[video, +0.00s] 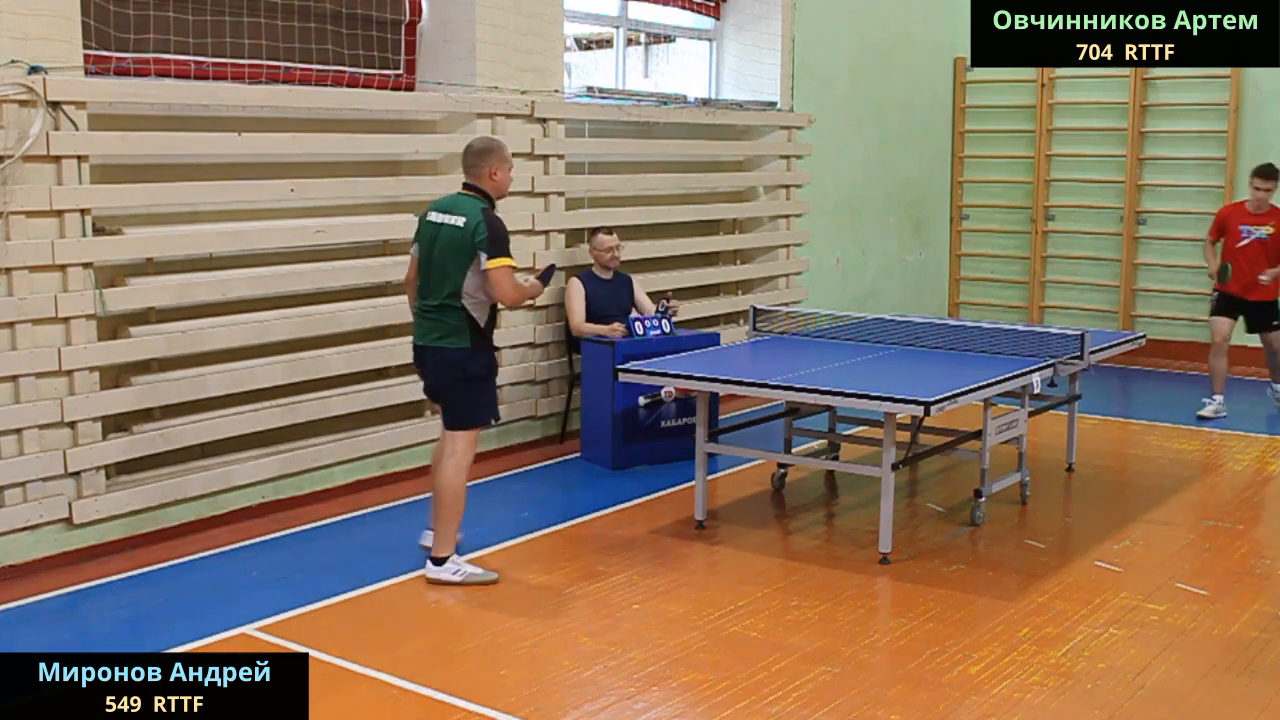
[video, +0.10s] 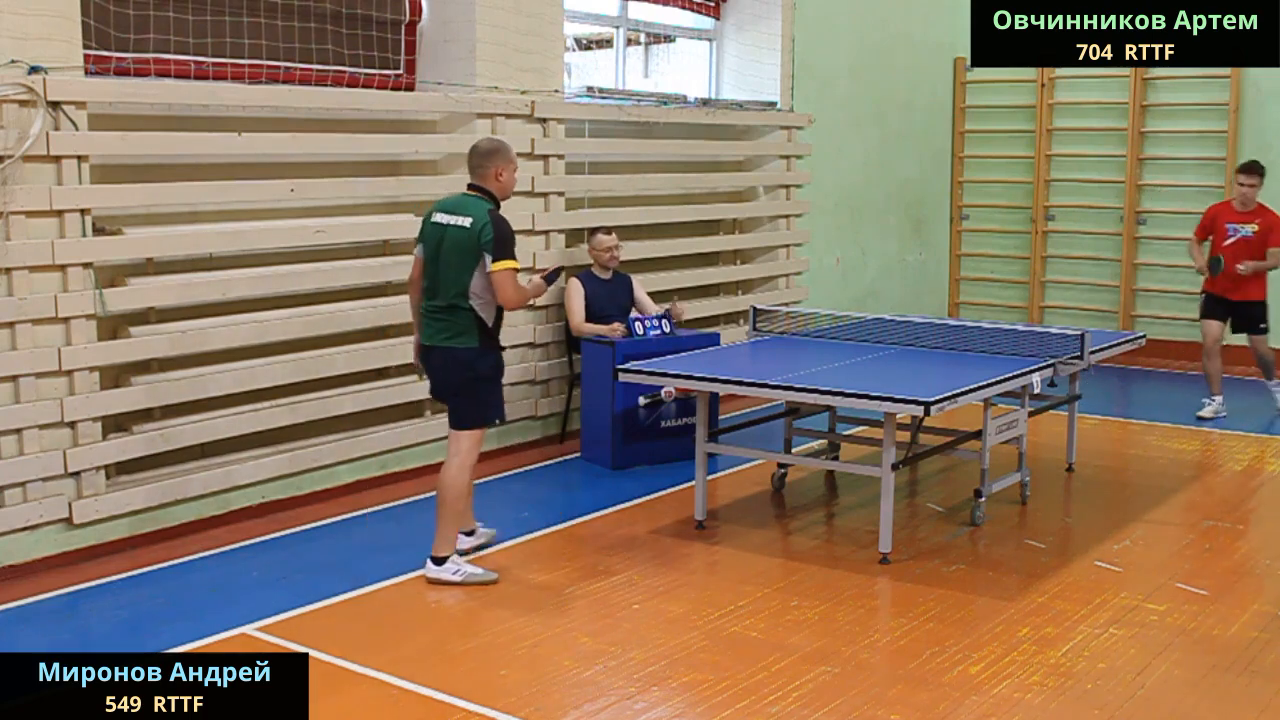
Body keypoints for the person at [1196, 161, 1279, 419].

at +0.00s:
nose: (1260, 195)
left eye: (1266, 190)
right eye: (1257, 189)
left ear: (1274, 191)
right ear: (1249, 186)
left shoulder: (1277, 218)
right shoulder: (1228, 213)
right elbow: (1210, 241)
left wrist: (1275, 271)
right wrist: (1212, 266)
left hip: (1265, 294)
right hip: (1229, 291)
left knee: (1274, 345)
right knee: (1219, 339)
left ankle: (1276, 386)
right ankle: (1217, 400)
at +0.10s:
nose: (1245, 191)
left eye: (1251, 186)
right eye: (1241, 184)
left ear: (1260, 187)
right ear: (1234, 183)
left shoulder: (1270, 219)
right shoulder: (1216, 212)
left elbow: (1275, 259)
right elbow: (1195, 241)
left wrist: (1255, 266)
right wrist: (1200, 262)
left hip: (1251, 294)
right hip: (1216, 291)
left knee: (1260, 349)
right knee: (1210, 343)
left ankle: (1273, 384)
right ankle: (1216, 400)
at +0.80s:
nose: (1165, 183)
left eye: (1173, 179)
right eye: (1163, 177)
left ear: (1184, 182)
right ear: (1158, 177)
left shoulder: (1196, 215)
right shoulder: (1144, 208)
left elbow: (1217, 253)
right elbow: (1124, 239)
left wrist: (1203, 270)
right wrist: (1111, 260)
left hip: (1174, 294)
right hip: (1142, 291)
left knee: (1168, 351)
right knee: (1126, 341)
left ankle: (1169, 412)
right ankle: (1155, 386)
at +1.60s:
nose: (1070, 211)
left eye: (1077, 205)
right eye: (1067, 205)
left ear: (1090, 206)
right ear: (1063, 205)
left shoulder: (1112, 230)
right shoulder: (1056, 237)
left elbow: (1147, 251)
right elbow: (1048, 269)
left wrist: (1132, 288)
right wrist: (1049, 284)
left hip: (1120, 306)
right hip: (1081, 307)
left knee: (1140, 358)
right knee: (1060, 357)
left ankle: (1157, 418)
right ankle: (1059, 410)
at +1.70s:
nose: (1076, 219)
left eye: (1082, 213)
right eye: (1072, 213)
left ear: (1096, 213)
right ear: (1068, 212)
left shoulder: (1117, 235)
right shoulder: (1063, 242)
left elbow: (1155, 256)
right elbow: (1055, 276)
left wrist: (1138, 291)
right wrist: (1055, 288)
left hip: (1124, 308)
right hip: (1086, 308)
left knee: (1143, 359)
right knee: (1061, 356)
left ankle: (1158, 419)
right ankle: (1059, 411)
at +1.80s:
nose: (1083, 228)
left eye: (1089, 222)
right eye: (1079, 221)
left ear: (1102, 221)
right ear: (1074, 220)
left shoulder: (1121, 239)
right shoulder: (1068, 248)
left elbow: (1163, 261)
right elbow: (1061, 280)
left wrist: (1144, 292)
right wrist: (1063, 298)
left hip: (1129, 309)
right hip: (1092, 309)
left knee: (1146, 358)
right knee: (1063, 353)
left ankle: (1158, 420)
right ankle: (1059, 411)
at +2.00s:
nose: (1094, 245)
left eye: (1100, 239)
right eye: (1090, 238)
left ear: (1112, 237)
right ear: (1085, 236)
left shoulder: (1130, 250)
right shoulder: (1076, 259)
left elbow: (1175, 269)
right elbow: (1070, 293)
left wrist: (1152, 297)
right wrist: (1074, 314)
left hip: (1137, 310)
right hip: (1098, 310)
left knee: (1150, 359)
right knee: (1065, 352)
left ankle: (1159, 421)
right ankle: (1061, 410)